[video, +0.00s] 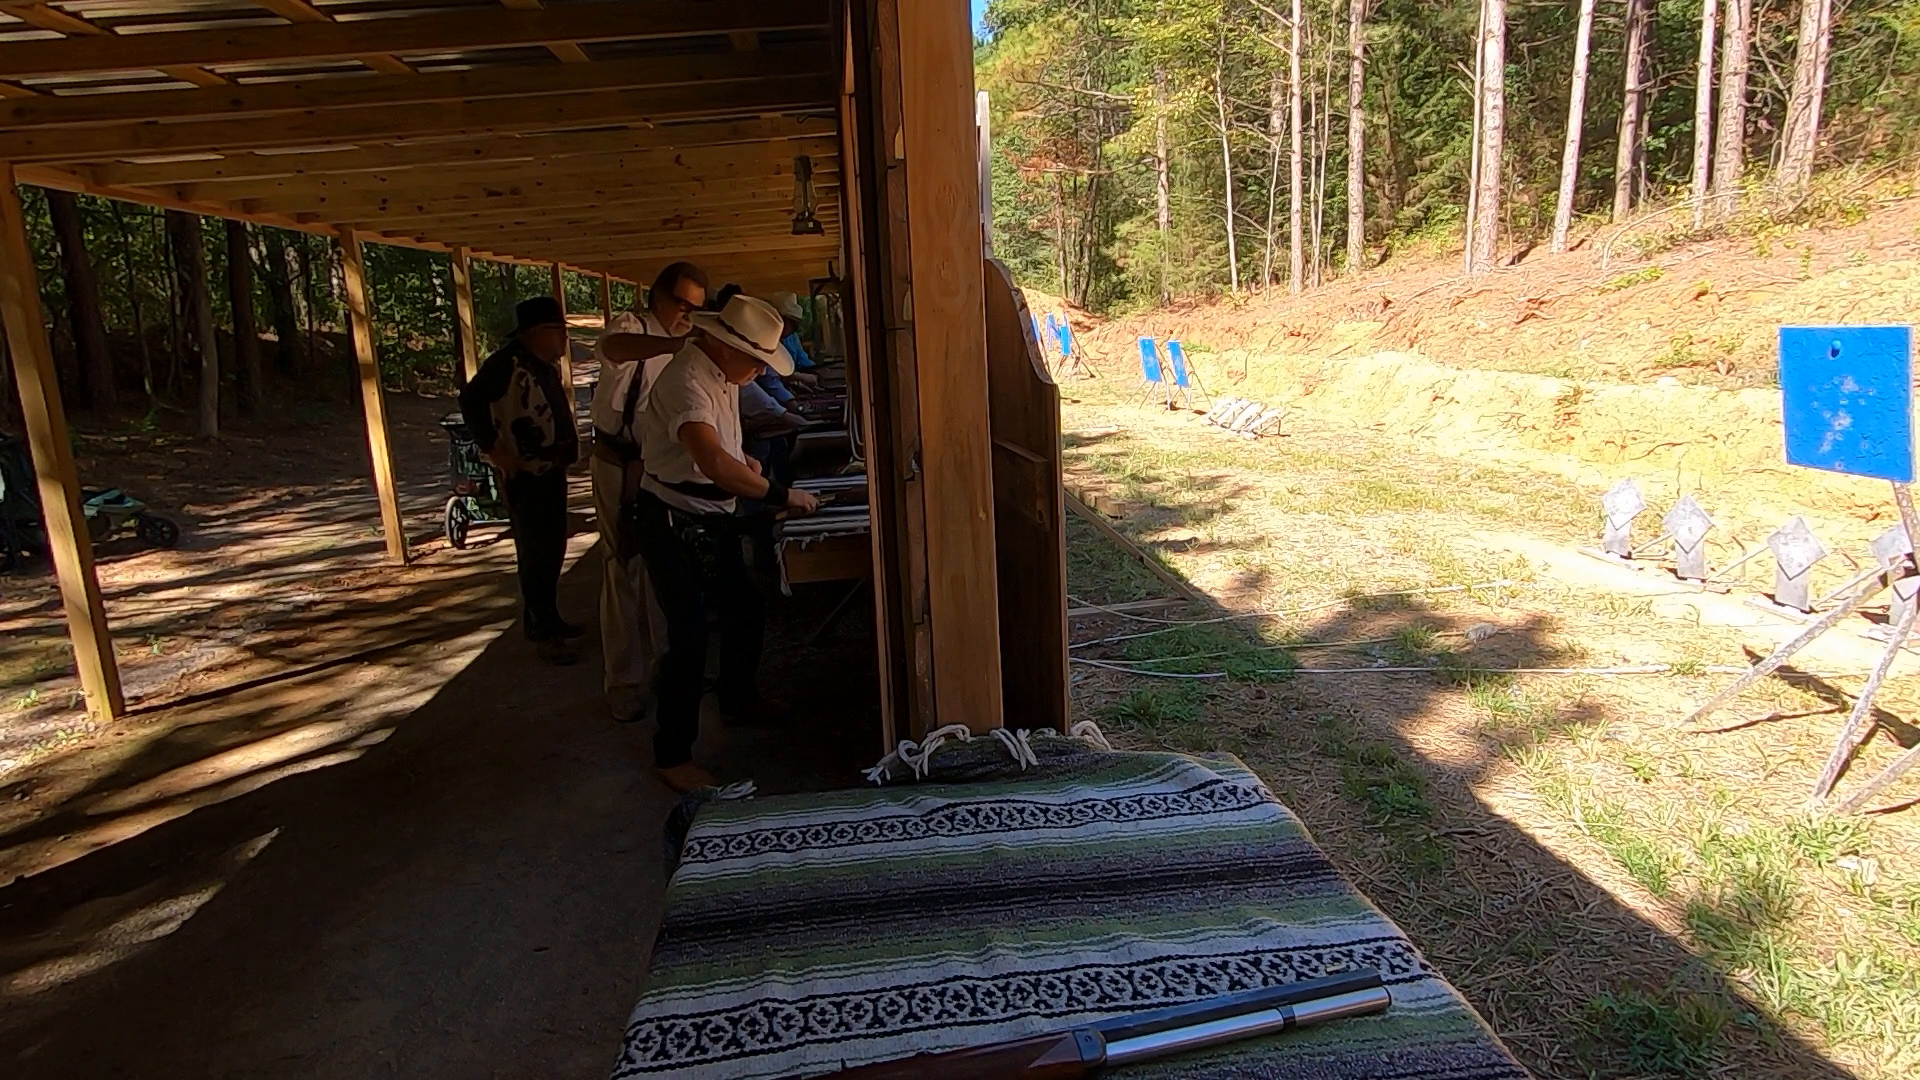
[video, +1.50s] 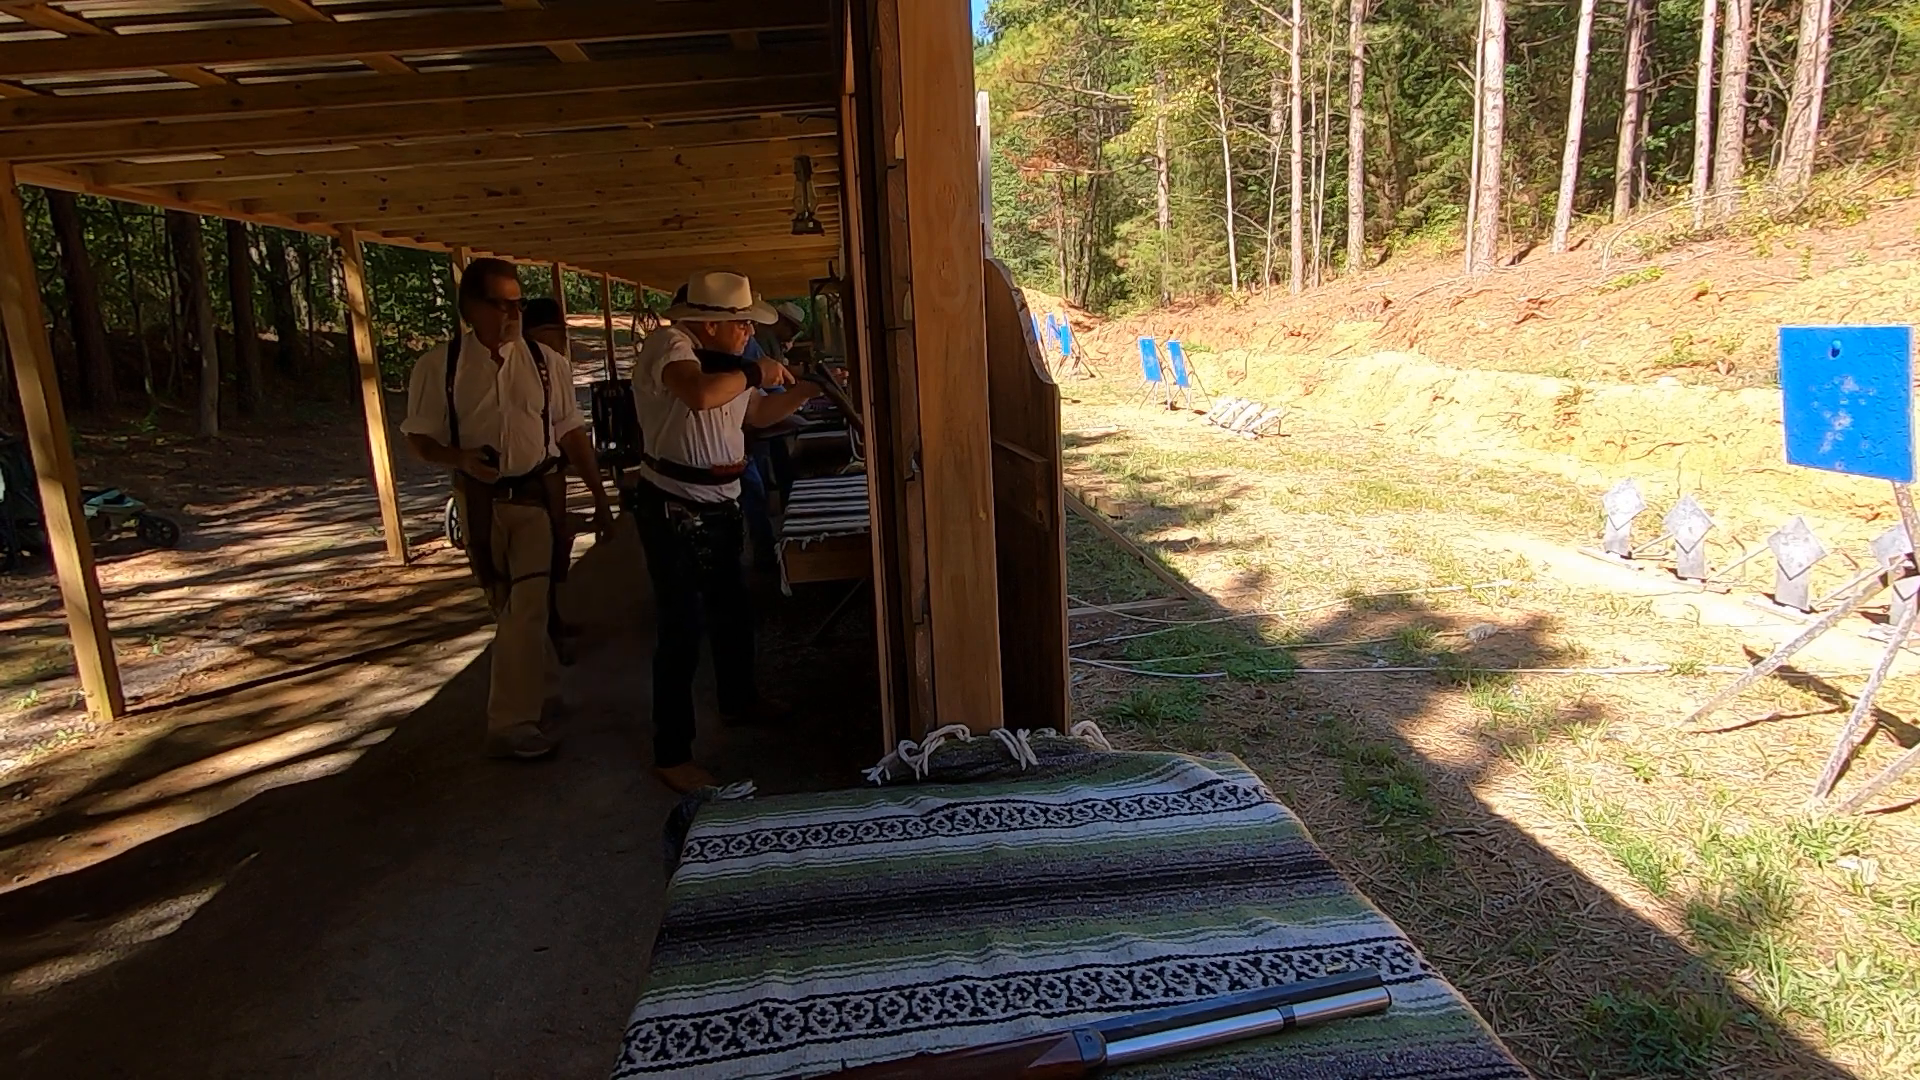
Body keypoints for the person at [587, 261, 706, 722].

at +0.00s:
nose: (687, 315)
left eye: (694, 309)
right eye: (682, 304)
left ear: (696, 310)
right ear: (657, 296)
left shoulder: (687, 344)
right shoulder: (630, 325)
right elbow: (610, 348)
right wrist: (676, 345)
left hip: (666, 462)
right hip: (617, 463)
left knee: (668, 564)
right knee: (624, 570)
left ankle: (669, 664)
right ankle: (623, 680)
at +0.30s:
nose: (675, 312)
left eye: (683, 307)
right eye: (669, 302)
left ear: (687, 308)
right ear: (643, 294)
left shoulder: (678, 341)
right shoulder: (619, 325)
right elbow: (597, 351)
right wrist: (662, 341)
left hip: (660, 459)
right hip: (609, 459)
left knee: (661, 564)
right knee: (612, 567)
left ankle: (668, 665)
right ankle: (600, 679)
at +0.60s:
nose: (636, 312)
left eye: (643, 303)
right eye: (627, 302)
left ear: (649, 303)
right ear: (601, 298)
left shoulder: (653, 344)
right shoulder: (575, 337)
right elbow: (537, 377)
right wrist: (607, 362)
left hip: (644, 473)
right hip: (584, 476)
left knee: (653, 580)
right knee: (569, 581)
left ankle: (670, 675)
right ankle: (545, 694)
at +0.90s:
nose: (568, 309)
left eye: (573, 300)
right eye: (557, 301)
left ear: (577, 301)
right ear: (528, 301)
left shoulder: (593, 354)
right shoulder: (499, 357)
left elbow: (614, 419)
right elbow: (462, 428)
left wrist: (640, 469)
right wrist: (517, 433)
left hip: (591, 480)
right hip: (533, 486)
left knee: (632, 563)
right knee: (537, 586)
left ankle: (663, 659)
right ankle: (543, 696)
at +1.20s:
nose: (525, 307)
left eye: (530, 298)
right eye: (513, 300)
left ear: (536, 299)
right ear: (483, 301)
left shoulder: (558, 353)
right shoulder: (454, 360)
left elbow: (585, 421)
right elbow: (436, 432)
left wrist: (614, 475)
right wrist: (473, 454)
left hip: (560, 481)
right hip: (502, 489)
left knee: (587, 576)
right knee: (520, 591)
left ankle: (594, 690)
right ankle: (539, 697)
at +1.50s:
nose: (513, 311)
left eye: (518, 303)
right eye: (502, 303)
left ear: (522, 305)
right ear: (470, 306)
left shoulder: (547, 363)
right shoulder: (438, 365)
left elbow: (571, 433)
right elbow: (419, 441)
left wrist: (598, 496)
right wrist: (457, 457)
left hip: (537, 492)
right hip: (480, 496)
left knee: (531, 600)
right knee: (505, 603)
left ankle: (513, 724)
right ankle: (543, 688)